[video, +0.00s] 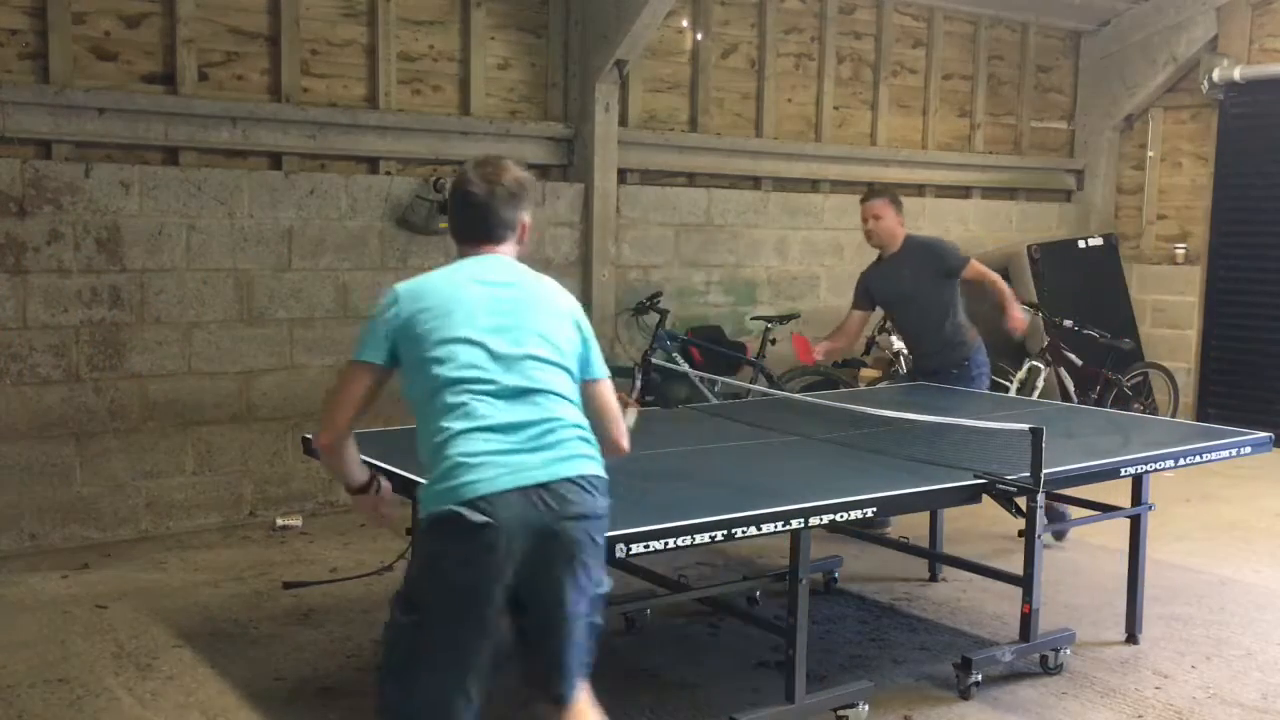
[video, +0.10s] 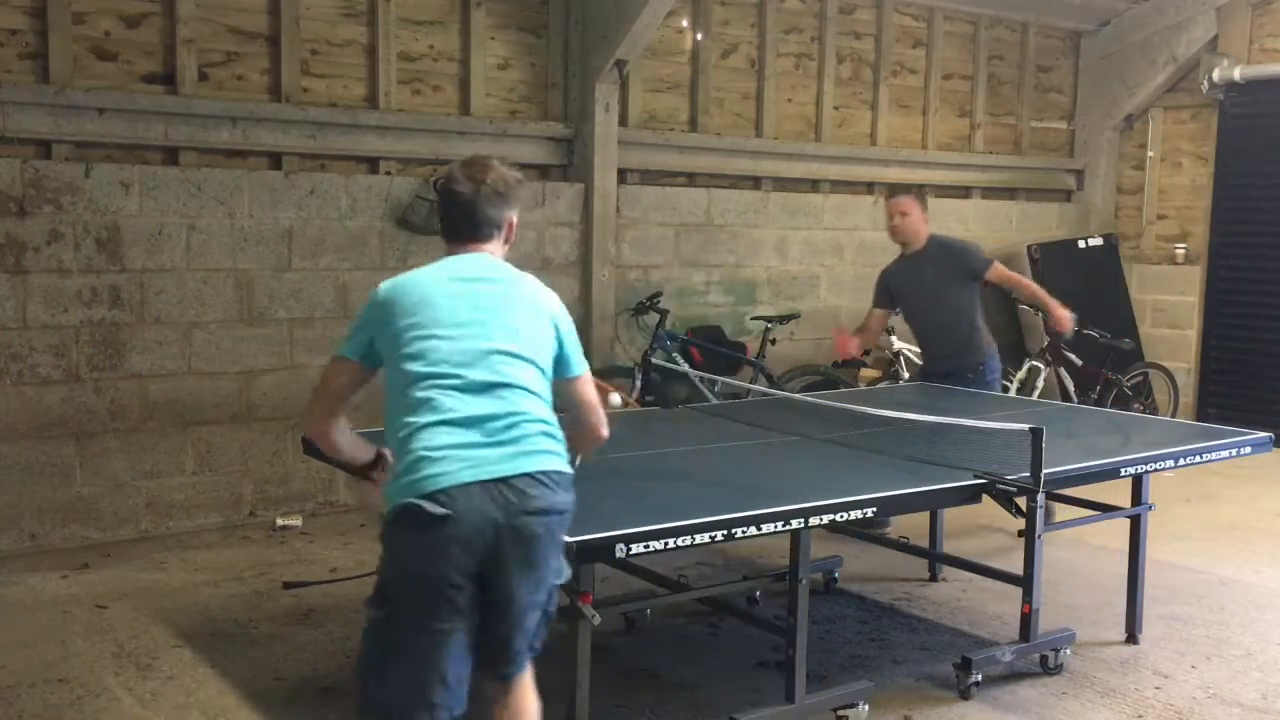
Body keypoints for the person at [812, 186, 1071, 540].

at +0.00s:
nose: (867, 227)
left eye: (874, 218)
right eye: (864, 221)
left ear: (897, 219)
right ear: (865, 226)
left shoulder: (934, 253)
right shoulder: (872, 278)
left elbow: (991, 278)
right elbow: (847, 335)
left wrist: (1013, 308)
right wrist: (825, 347)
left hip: (965, 366)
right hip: (923, 373)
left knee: (979, 445)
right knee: (892, 436)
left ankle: (1051, 507)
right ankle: (880, 513)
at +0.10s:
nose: (894, 223)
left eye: (902, 215)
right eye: (890, 217)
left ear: (923, 217)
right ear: (887, 224)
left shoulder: (957, 254)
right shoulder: (892, 276)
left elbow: (1012, 281)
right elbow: (871, 329)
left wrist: (1054, 307)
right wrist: (856, 342)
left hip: (978, 370)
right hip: (934, 374)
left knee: (987, 441)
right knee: (900, 435)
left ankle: (1038, 497)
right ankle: (879, 513)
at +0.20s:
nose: (932, 215)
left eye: (939, 207)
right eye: (927, 210)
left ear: (961, 209)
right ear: (923, 217)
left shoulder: (992, 247)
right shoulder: (923, 270)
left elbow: (1046, 277)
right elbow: (907, 319)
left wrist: (1098, 305)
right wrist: (901, 338)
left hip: (1001, 373)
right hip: (951, 373)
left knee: (1007, 444)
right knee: (909, 431)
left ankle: (1021, 509)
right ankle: (882, 510)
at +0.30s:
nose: (979, 207)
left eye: (987, 198)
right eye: (973, 200)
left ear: (1007, 202)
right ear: (968, 207)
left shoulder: (1039, 244)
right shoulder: (963, 260)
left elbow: (1088, 277)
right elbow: (947, 313)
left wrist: (1137, 308)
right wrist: (957, 339)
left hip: (1027, 376)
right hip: (976, 375)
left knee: (1026, 448)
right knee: (936, 435)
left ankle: (1022, 512)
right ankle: (886, 506)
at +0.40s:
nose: (1030, 206)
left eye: (1039, 198)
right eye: (1025, 199)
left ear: (1059, 205)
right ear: (1018, 205)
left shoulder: (1082, 251)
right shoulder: (1005, 257)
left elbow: (1123, 296)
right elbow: (987, 317)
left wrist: (1164, 338)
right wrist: (1008, 345)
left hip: (1058, 376)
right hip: (1009, 373)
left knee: (1051, 449)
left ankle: (1030, 511)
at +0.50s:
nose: (1088, 209)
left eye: (1097, 202)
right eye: (1082, 201)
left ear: (1113, 209)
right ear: (1072, 207)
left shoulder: (1126, 257)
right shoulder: (1048, 253)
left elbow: (1156, 305)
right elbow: (1016, 308)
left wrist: (1185, 337)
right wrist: (1046, 343)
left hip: (1087, 373)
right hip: (1040, 367)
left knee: (1072, 448)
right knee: (1036, 440)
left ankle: (1030, 508)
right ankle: (1025, 509)